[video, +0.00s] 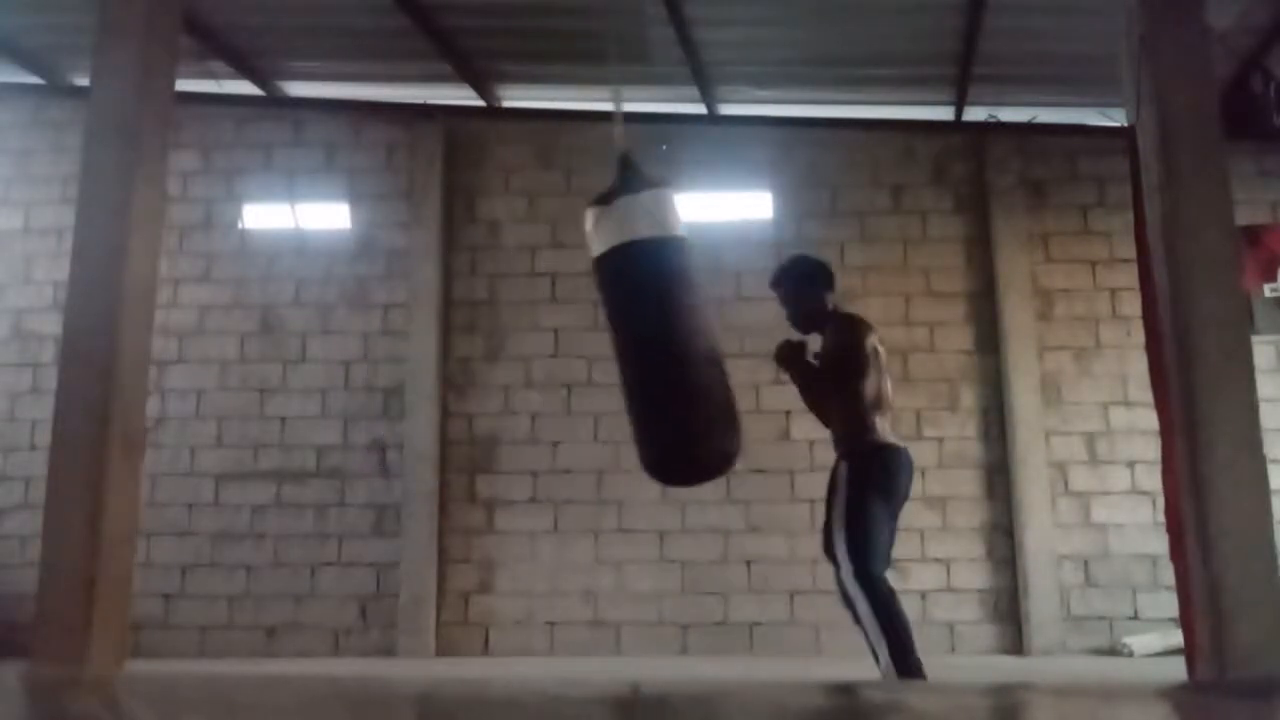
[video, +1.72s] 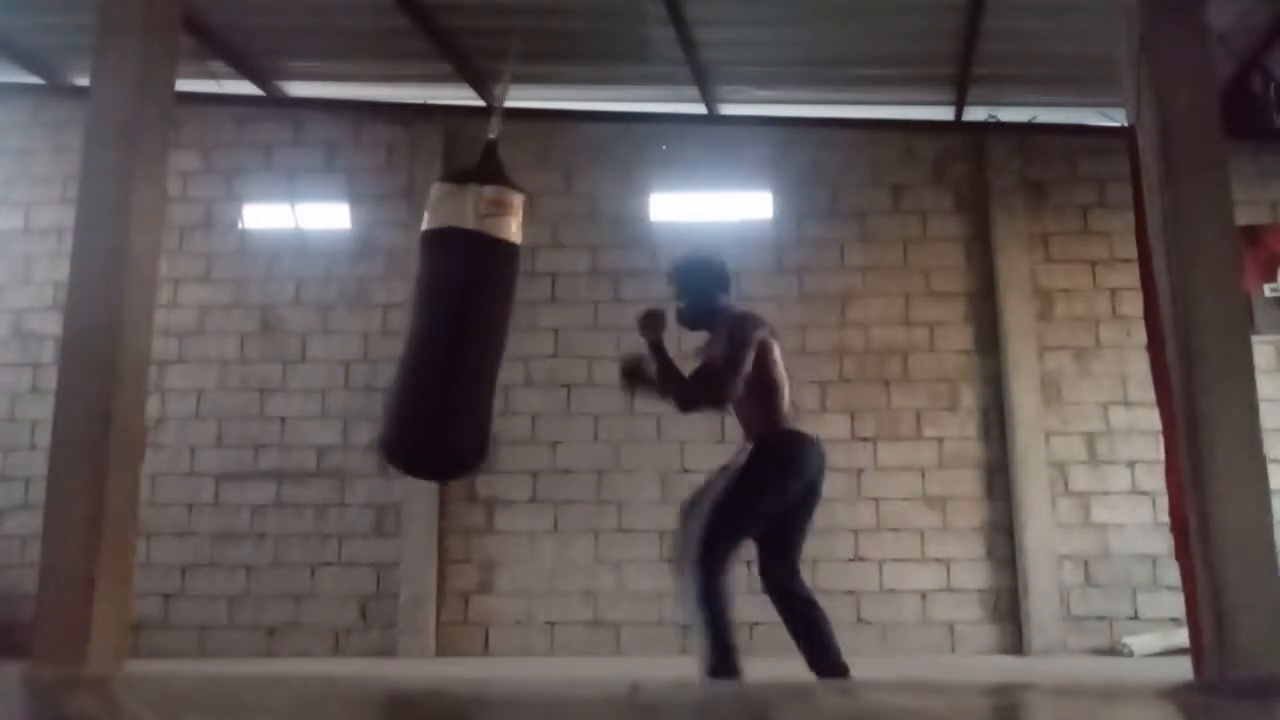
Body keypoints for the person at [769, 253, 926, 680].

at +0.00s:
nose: (785, 313)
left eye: (789, 301)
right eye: (782, 302)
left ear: (815, 294)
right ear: (820, 297)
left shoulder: (845, 331)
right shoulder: (852, 335)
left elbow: (837, 411)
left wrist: (797, 366)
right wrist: (806, 371)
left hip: (867, 463)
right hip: (885, 461)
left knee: (856, 573)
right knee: (867, 572)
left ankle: (905, 683)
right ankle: (907, 680)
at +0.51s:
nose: (804, 309)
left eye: (809, 299)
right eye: (801, 300)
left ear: (832, 297)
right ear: (822, 301)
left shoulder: (867, 330)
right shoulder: (843, 345)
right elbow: (830, 412)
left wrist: (816, 347)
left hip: (886, 460)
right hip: (903, 459)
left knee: (843, 561)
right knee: (886, 566)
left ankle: (917, 660)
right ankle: (929, 658)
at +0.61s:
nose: (795, 288)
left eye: (800, 279)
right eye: (792, 280)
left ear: (823, 277)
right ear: (814, 281)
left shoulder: (854, 310)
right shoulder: (831, 327)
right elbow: (822, 393)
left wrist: (806, 333)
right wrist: (793, 346)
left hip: (879, 437)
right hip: (891, 437)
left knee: (843, 544)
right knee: (892, 553)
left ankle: (894, 657)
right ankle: (939, 663)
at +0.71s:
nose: (791, 293)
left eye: (798, 283)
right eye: (788, 284)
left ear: (821, 282)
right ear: (797, 288)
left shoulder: (857, 316)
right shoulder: (816, 334)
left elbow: (878, 375)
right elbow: (806, 398)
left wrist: (819, 338)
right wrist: (787, 344)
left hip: (879, 442)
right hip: (877, 444)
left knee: (846, 547)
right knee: (892, 558)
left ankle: (853, 671)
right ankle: (950, 666)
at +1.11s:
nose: (738, 293)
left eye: (743, 282)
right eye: (736, 282)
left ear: (767, 281)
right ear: (768, 285)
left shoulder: (806, 314)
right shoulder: (772, 334)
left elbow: (816, 365)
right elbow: (757, 398)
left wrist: (764, 334)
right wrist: (733, 350)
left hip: (830, 447)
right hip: (840, 447)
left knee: (790, 561)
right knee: (832, 566)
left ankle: (796, 672)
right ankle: (921, 660)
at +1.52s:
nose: (692, 298)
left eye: (699, 287)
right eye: (692, 288)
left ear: (722, 288)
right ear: (728, 290)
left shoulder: (765, 323)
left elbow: (751, 386)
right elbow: (738, 411)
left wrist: (705, 338)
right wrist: (695, 382)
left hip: (791, 453)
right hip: (807, 452)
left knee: (744, 565)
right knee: (809, 578)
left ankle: (748, 680)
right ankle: (896, 669)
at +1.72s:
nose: (677, 305)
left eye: (684, 295)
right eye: (676, 295)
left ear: (708, 293)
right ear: (708, 295)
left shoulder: (744, 326)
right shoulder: (721, 343)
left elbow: (716, 392)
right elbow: (688, 398)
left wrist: (657, 344)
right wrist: (651, 382)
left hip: (777, 455)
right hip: (794, 456)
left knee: (708, 553)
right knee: (780, 575)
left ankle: (723, 676)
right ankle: (837, 680)